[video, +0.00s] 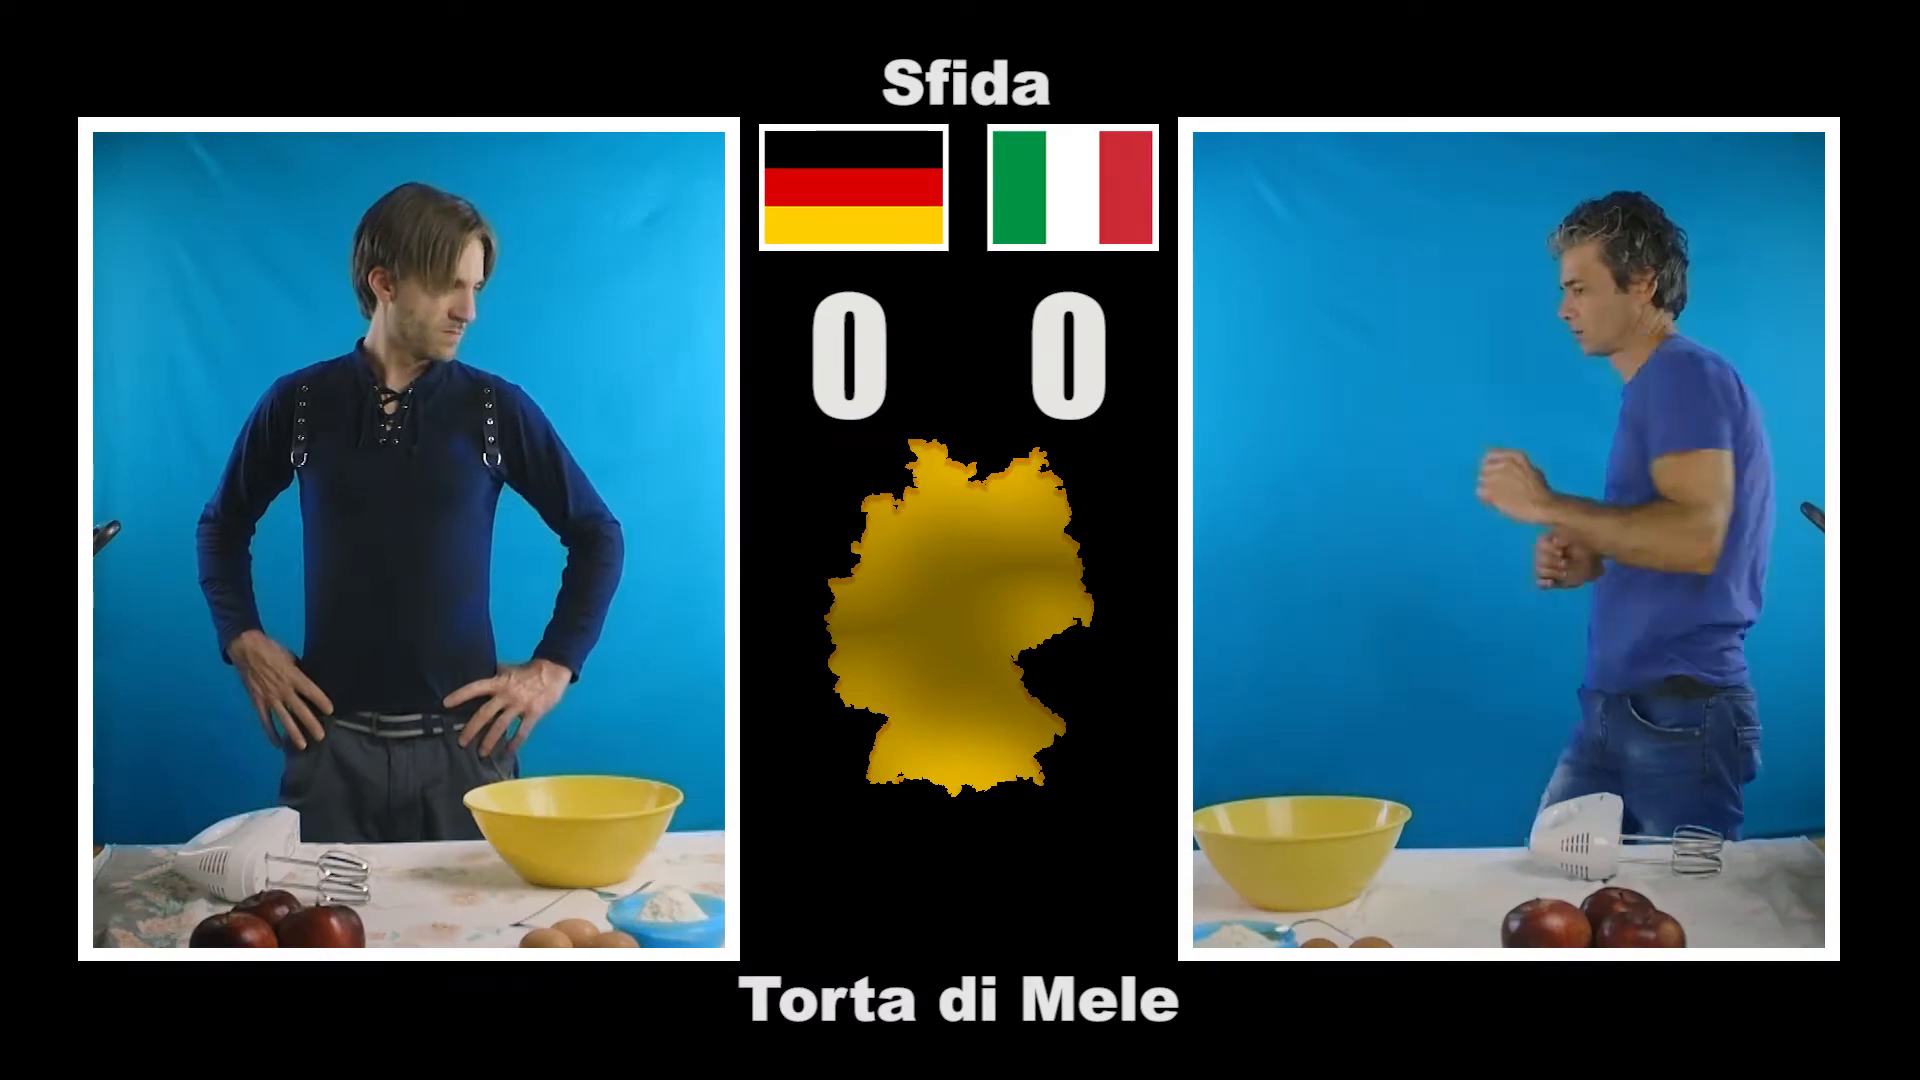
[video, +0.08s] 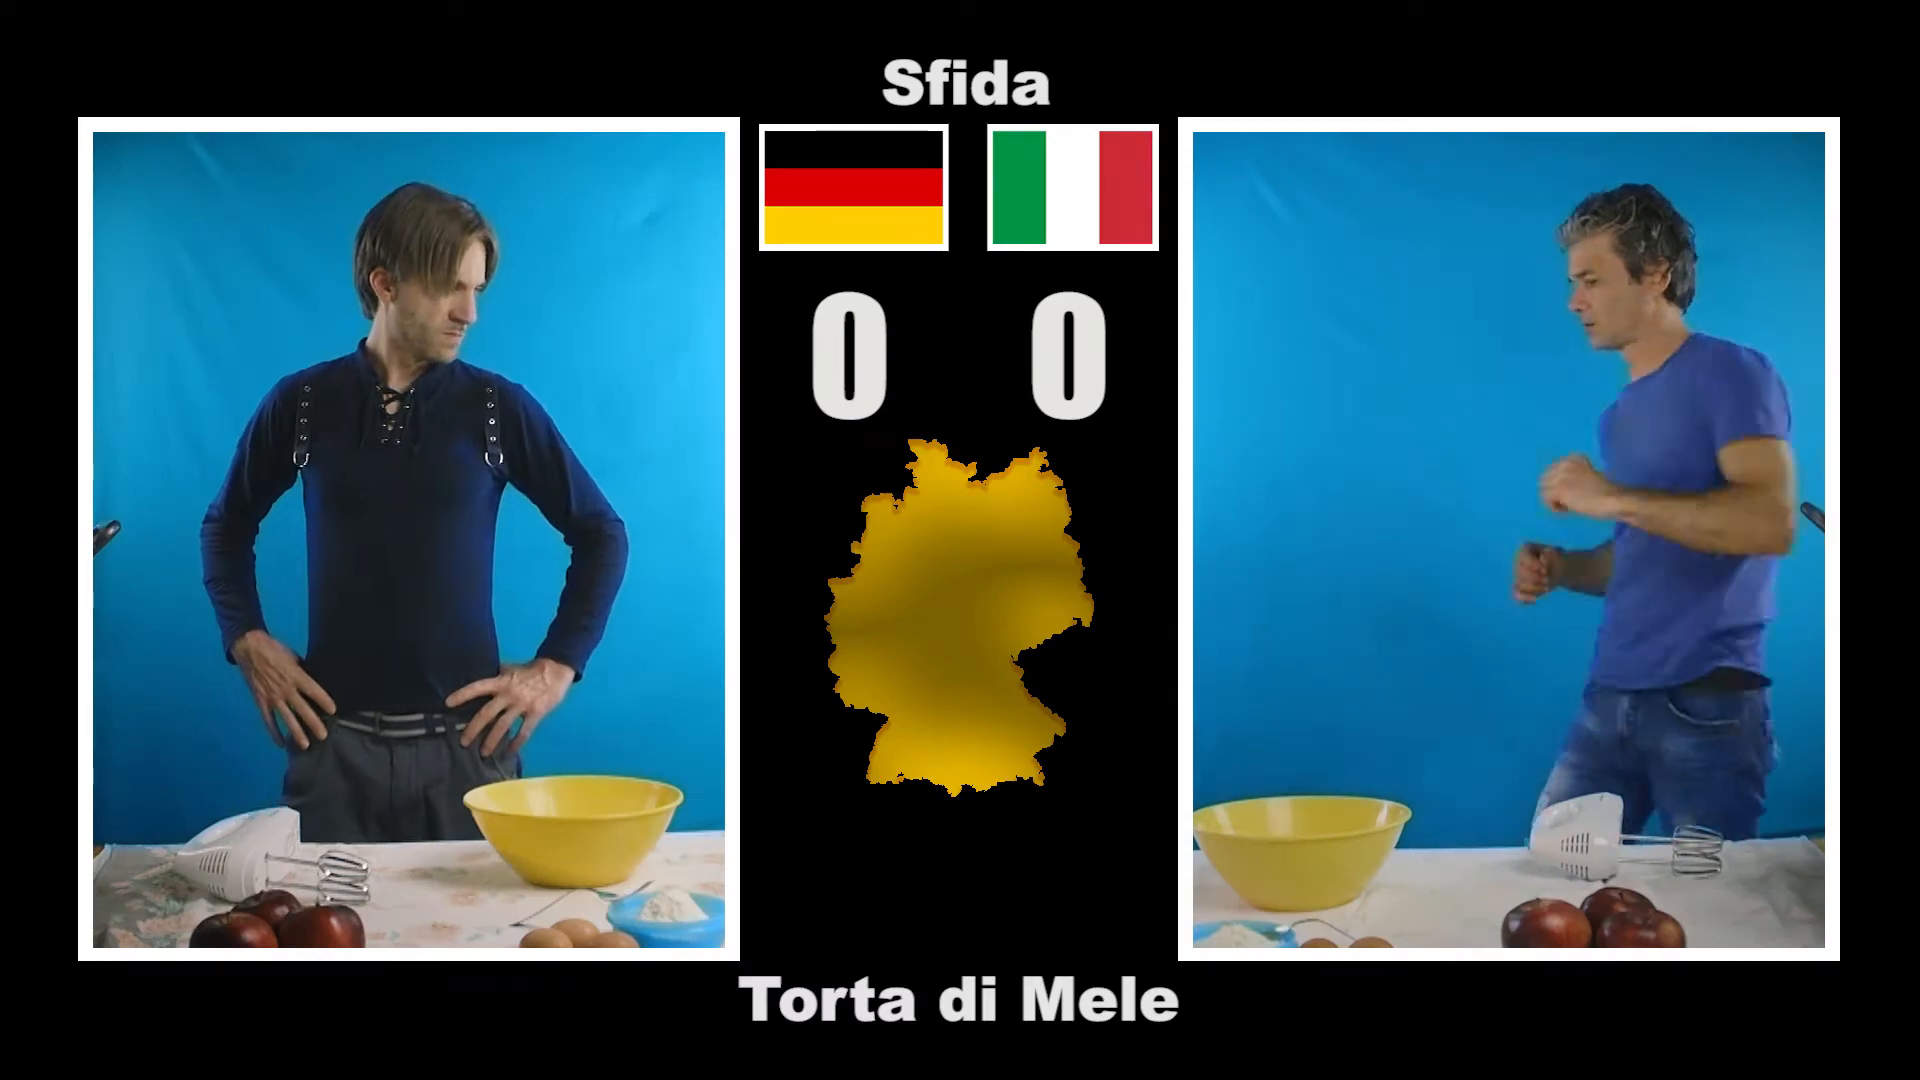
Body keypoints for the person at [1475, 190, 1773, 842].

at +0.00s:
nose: (1564, 310)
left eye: (1578, 288)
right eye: (1564, 291)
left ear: (1642, 284)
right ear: (1636, 287)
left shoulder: (1685, 377)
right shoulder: (1648, 394)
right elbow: (1673, 541)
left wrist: (1546, 505)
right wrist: (1595, 558)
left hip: (1686, 715)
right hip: (1612, 707)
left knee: (1680, 919)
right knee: (1553, 895)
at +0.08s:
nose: (1576, 301)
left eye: (1590, 280)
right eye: (1574, 284)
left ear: (1656, 277)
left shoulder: (1734, 374)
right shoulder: (1618, 418)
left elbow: (1770, 523)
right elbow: (1647, 561)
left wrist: (1612, 499)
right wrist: (1563, 569)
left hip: (1710, 703)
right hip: (1613, 700)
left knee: (1708, 910)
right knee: (1555, 889)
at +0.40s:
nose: (1677, 280)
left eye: (1697, 259)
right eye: (1665, 262)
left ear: (1754, 260)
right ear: (1654, 266)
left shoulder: (1802, 391)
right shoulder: (1611, 376)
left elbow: (1825, 530)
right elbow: (1540, 493)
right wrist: (1551, 547)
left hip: (1757, 687)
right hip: (1633, 682)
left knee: (1755, 893)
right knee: (1579, 883)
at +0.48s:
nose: (1694, 280)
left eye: (1716, 259)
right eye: (1682, 261)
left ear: (1770, 262)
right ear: (1671, 265)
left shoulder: (1806, 396)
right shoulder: (1619, 374)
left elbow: (1797, 527)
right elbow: (1561, 502)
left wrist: (1835, 575)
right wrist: (1583, 545)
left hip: (1754, 687)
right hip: (1631, 681)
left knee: (1757, 893)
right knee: (1571, 879)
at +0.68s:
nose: (1688, 282)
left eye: (1711, 260)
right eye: (1678, 262)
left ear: (1770, 268)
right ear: (1668, 267)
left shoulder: (1805, 405)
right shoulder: (1613, 376)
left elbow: (1809, 533)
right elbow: (1544, 517)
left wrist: (1810, 593)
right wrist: (1629, 560)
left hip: (1734, 699)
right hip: (1607, 691)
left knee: (1741, 899)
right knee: (1564, 895)